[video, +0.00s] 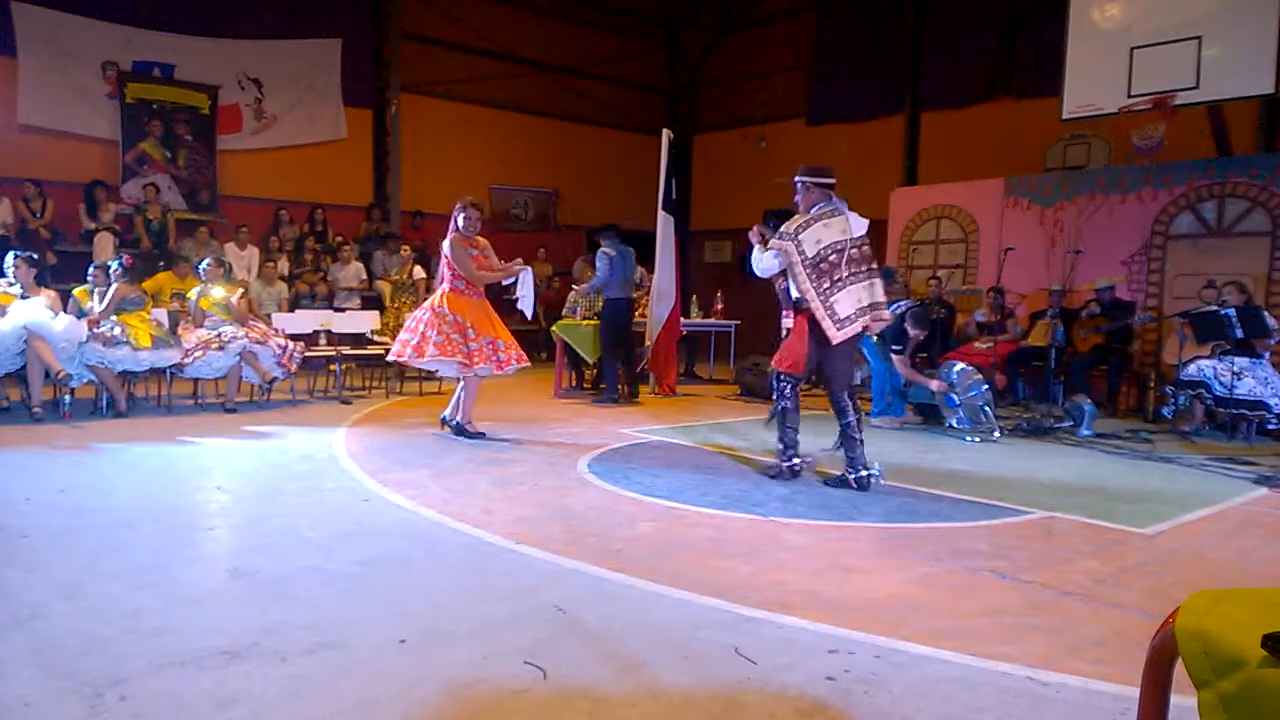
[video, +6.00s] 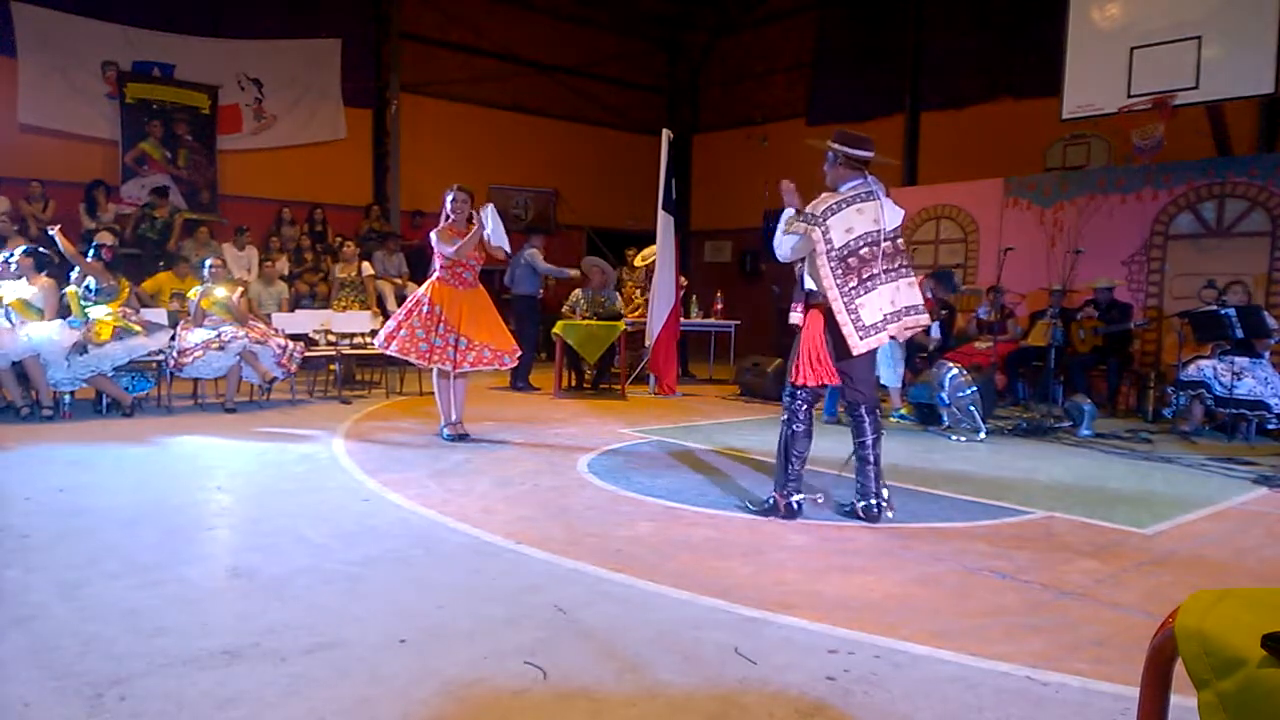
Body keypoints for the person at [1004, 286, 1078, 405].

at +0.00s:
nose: (1055, 300)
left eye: (1058, 296)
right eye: (1053, 296)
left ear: (1063, 298)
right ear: (1049, 297)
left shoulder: (1069, 314)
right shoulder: (1036, 315)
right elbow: (1027, 335)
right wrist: (1023, 342)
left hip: (1056, 349)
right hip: (1036, 348)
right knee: (1012, 358)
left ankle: (1045, 398)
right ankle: (1013, 395)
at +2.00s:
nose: (1055, 300)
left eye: (1058, 296)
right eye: (1053, 296)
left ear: (1063, 297)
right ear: (1049, 297)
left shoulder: (1068, 314)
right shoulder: (1036, 315)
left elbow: (1068, 340)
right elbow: (1028, 335)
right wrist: (1024, 342)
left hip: (1055, 349)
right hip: (1035, 348)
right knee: (1012, 358)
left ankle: (1042, 398)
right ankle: (1012, 395)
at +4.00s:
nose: (1056, 299)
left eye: (1059, 296)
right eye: (1053, 295)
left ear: (1063, 297)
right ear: (1049, 296)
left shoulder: (1068, 314)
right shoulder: (1037, 315)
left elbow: (1068, 338)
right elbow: (1029, 334)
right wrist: (1024, 341)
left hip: (1056, 348)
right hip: (1036, 348)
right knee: (1012, 358)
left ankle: (1042, 398)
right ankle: (1012, 395)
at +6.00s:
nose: (1055, 299)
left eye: (1059, 296)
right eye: (1053, 296)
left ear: (1063, 298)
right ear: (1049, 297)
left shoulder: (1067, 315)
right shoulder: (1036, 315)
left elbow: (1067, 339)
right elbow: (1028, 334)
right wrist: (1024, 341)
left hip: (1055, 348)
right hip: (1035, 347)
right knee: (1012, 359)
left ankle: (1042, 398)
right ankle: (1013, 395)